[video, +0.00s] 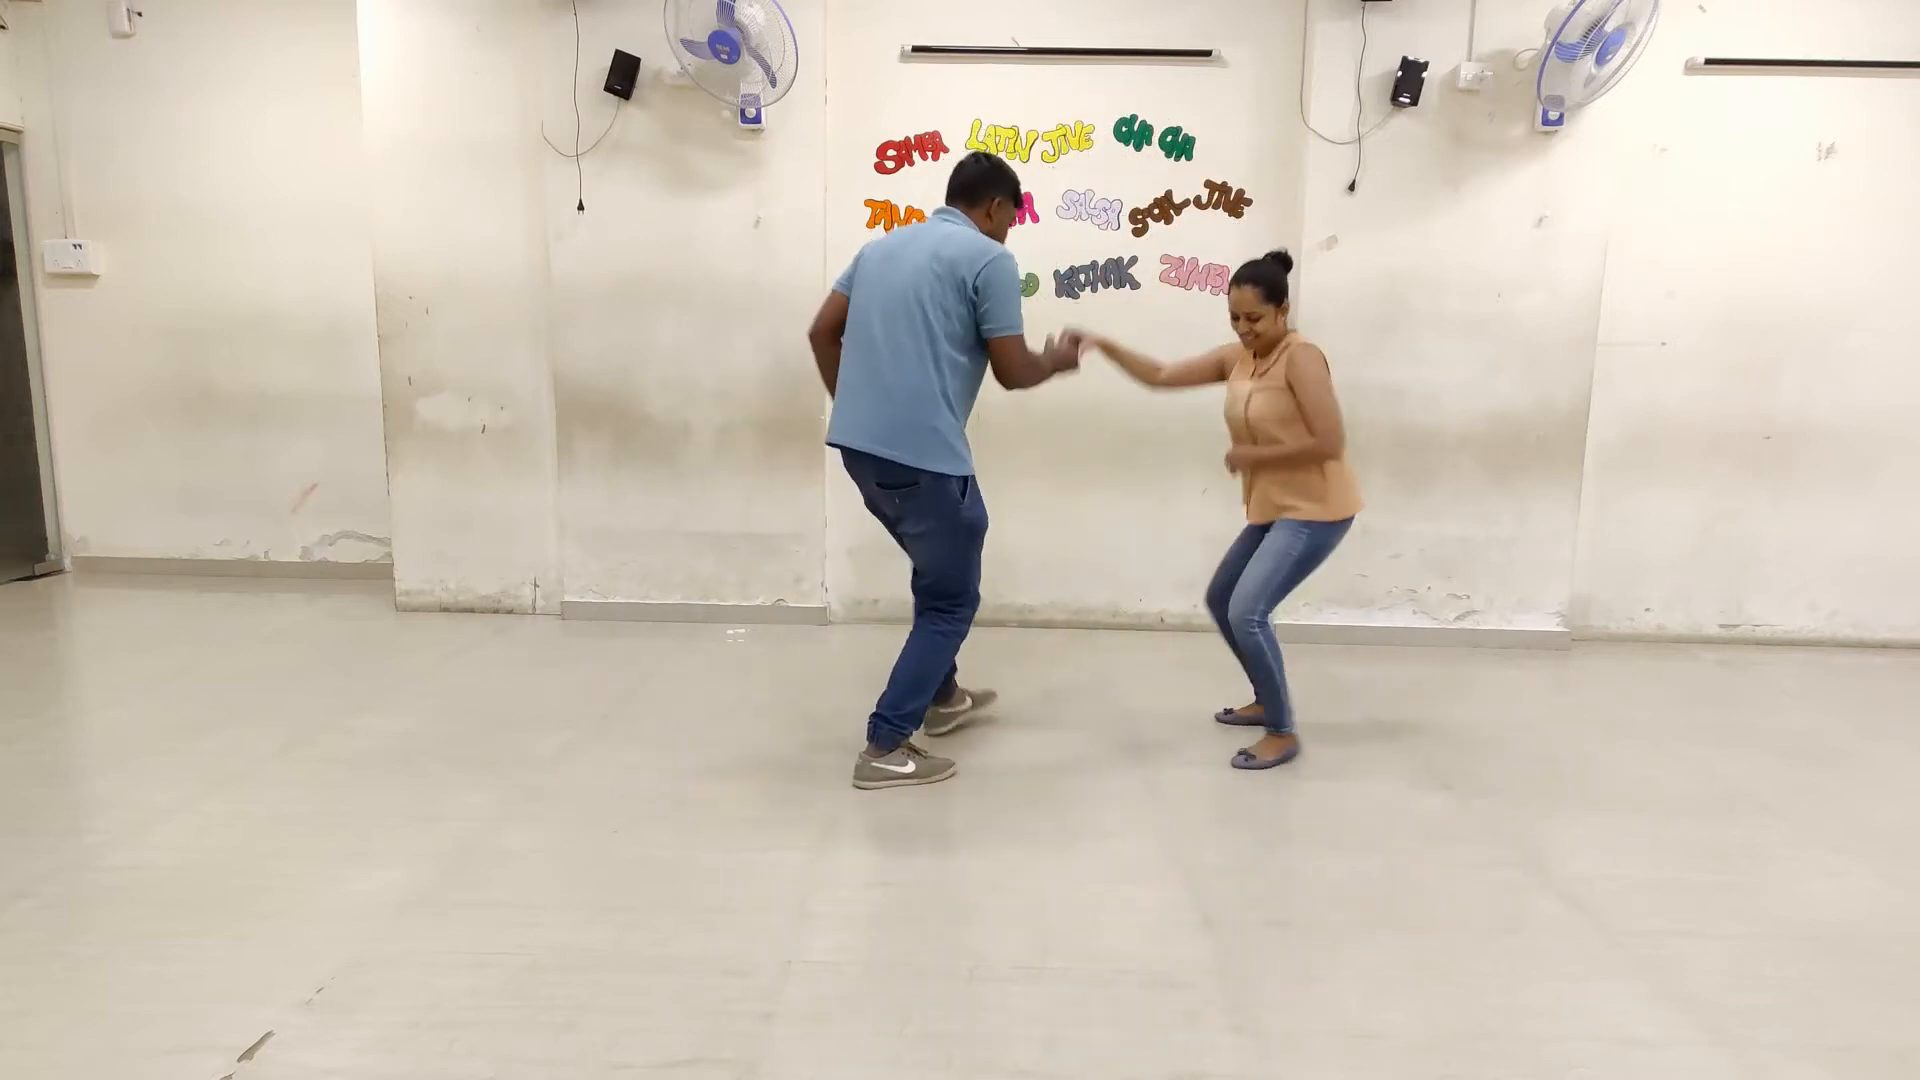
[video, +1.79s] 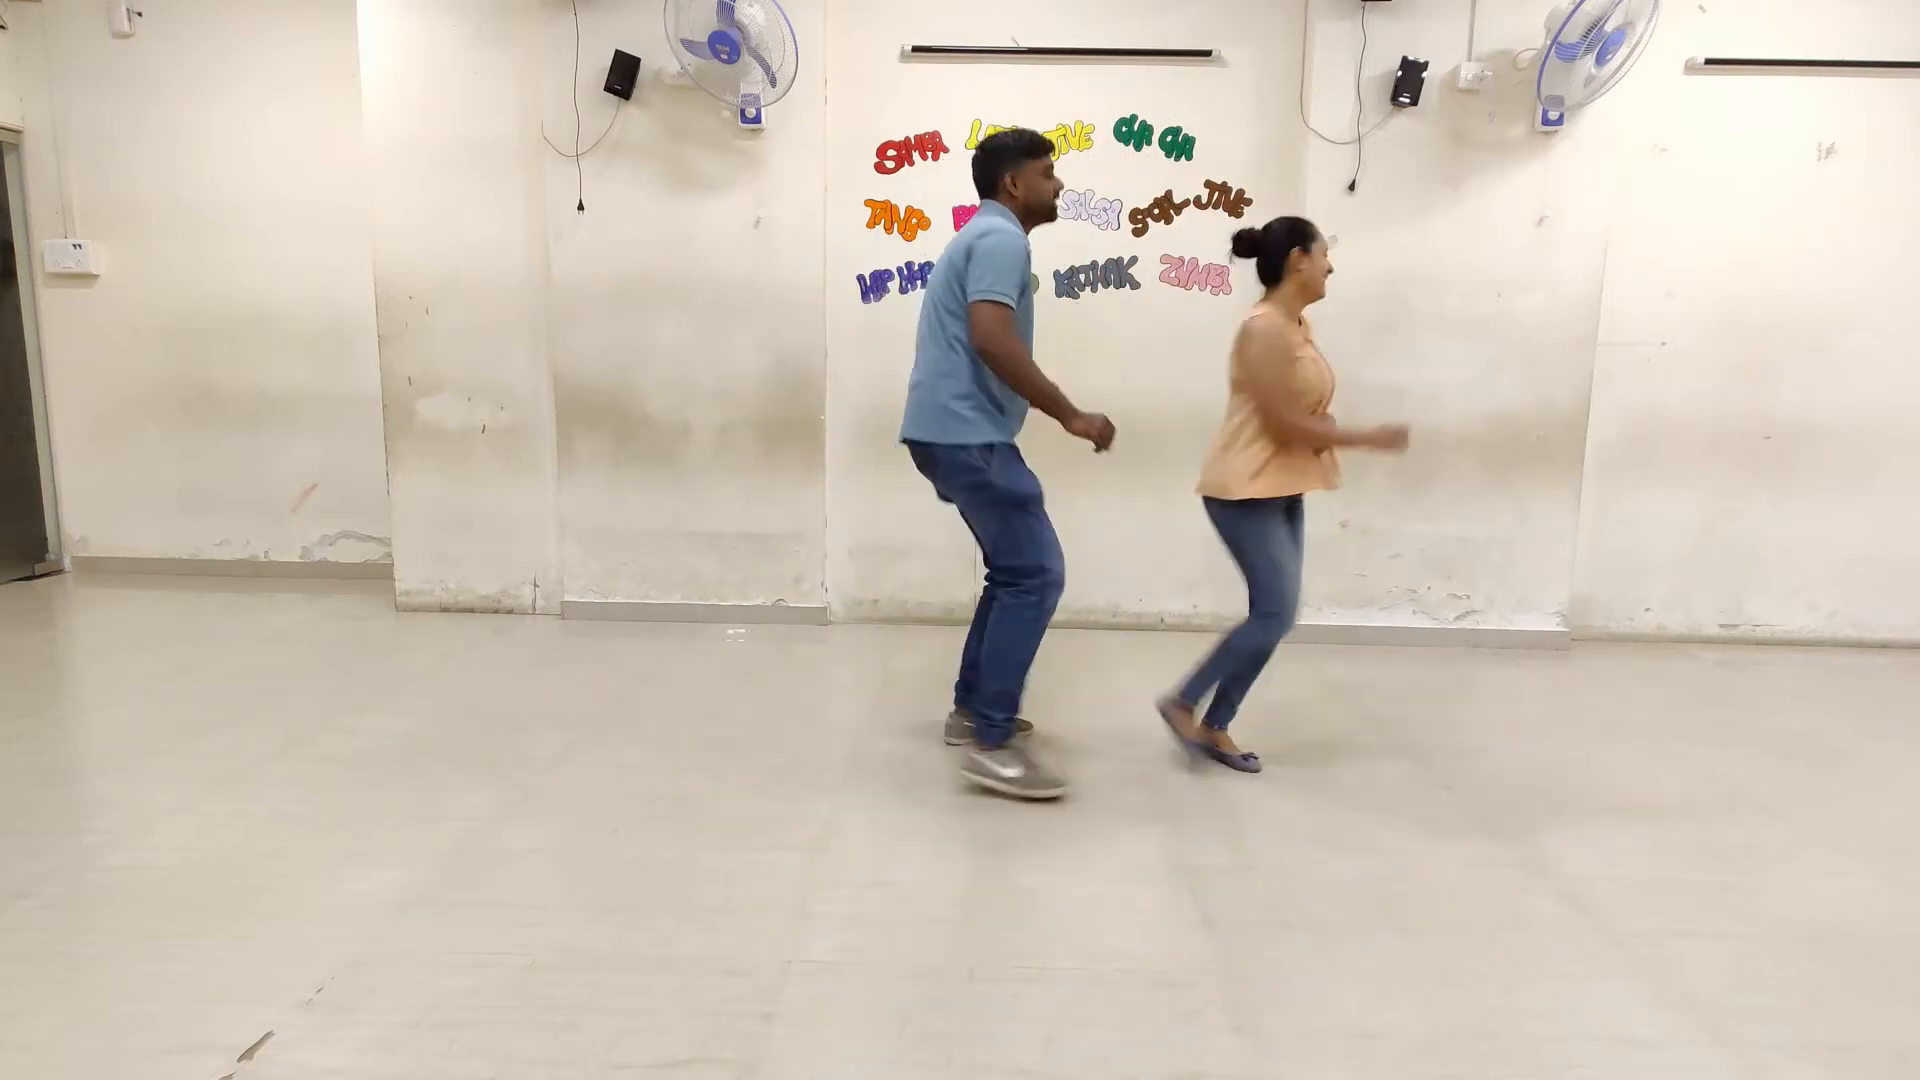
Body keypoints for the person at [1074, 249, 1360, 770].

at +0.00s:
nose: (1244, 327)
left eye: (1254, 316)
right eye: (1236, 316)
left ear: (1282, 309)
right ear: (1229, 310)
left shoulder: (1304, 359)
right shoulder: (1235, 356)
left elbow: (1330, 442)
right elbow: (1160, 375)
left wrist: (1253, 456)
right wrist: (1100, 344)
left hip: (1317, 511)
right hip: (1271, 511)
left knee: (1246, 610)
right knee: (1221, 600)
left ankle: (1283, 735)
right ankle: (1270, 702)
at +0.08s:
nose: (1242, 349)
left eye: (1253, 338)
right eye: (1234, 339)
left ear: (1281, 330)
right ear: (1226, 333)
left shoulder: (1314, 383)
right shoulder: (1223, 390)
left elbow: (1359, 462)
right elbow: (1166, 439)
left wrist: (1280, 493)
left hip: (1314, 533)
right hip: (1251, 533)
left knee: (1256, 625)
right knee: (1203, 623)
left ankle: (1263, 738)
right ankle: (1260, 690)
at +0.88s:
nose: (1218, 316)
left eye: (1229, 309)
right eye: (1219, 306)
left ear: (1264, 317)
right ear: (1239, 315)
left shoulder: (1294, 379)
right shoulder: (1217, 377)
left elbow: (1315, 472)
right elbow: (1202, 458)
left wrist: (1237, 490)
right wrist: (1154, 490)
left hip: (1282, 532)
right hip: (1222, 528)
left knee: (1232, 631)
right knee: (1171, 609)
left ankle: (1272, 739)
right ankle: (1221, 705)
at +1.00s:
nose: (1219, 290)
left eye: (1229, 281)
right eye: (1222, 279)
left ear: (1262, 291)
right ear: (1258, 290)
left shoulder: (1267, 346)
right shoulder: (1255, 343)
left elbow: (1257, 435)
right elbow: (1216, 415)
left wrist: (1205, 450)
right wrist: (1137, 412)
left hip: (1282, 502)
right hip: (1259, 500)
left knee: (1230, 621)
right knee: (1200, 589)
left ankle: (1293, 744)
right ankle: (1223, 704)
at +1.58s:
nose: (1272, 286)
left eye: (1285, 279)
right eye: (1263, 274)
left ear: (1296, 291)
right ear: (1242, 279)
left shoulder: (1315, 352)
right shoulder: (1209, 349)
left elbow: (1343, 436)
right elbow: (1159, 418)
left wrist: (1261, 448)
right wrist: (1149, 470)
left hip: (1286, 514)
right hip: (1214, 506)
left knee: (1259, 633)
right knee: (1181, 612)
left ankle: (1218, 731)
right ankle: (1206, 682)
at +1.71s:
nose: (1320, 276)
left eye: (1321, 266)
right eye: (1311, 266)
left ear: (1292, 271)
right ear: (1276, 269)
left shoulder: (1315, 338)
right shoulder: (1234, 342)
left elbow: (1327, 413)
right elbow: (1234, 438)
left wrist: (1322, 428)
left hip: (1293, 502)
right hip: (1230, 498)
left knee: (1273, 630)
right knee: (1231, 619)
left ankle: (1218, 729)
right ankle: (1164, 674)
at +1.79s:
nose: (1331, 264)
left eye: (1328, 254)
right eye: (1324, 254)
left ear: (1295, 263)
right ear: (1296, 261)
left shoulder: (1293, 326)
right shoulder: (1264, 328)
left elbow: (1293, 413)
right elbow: (1285, 422)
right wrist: (1366, 438)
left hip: (1282, 491)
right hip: (1243, 490)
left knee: (1277, 614)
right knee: (1273, 611)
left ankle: (1214, 726)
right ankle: (1182, 702)